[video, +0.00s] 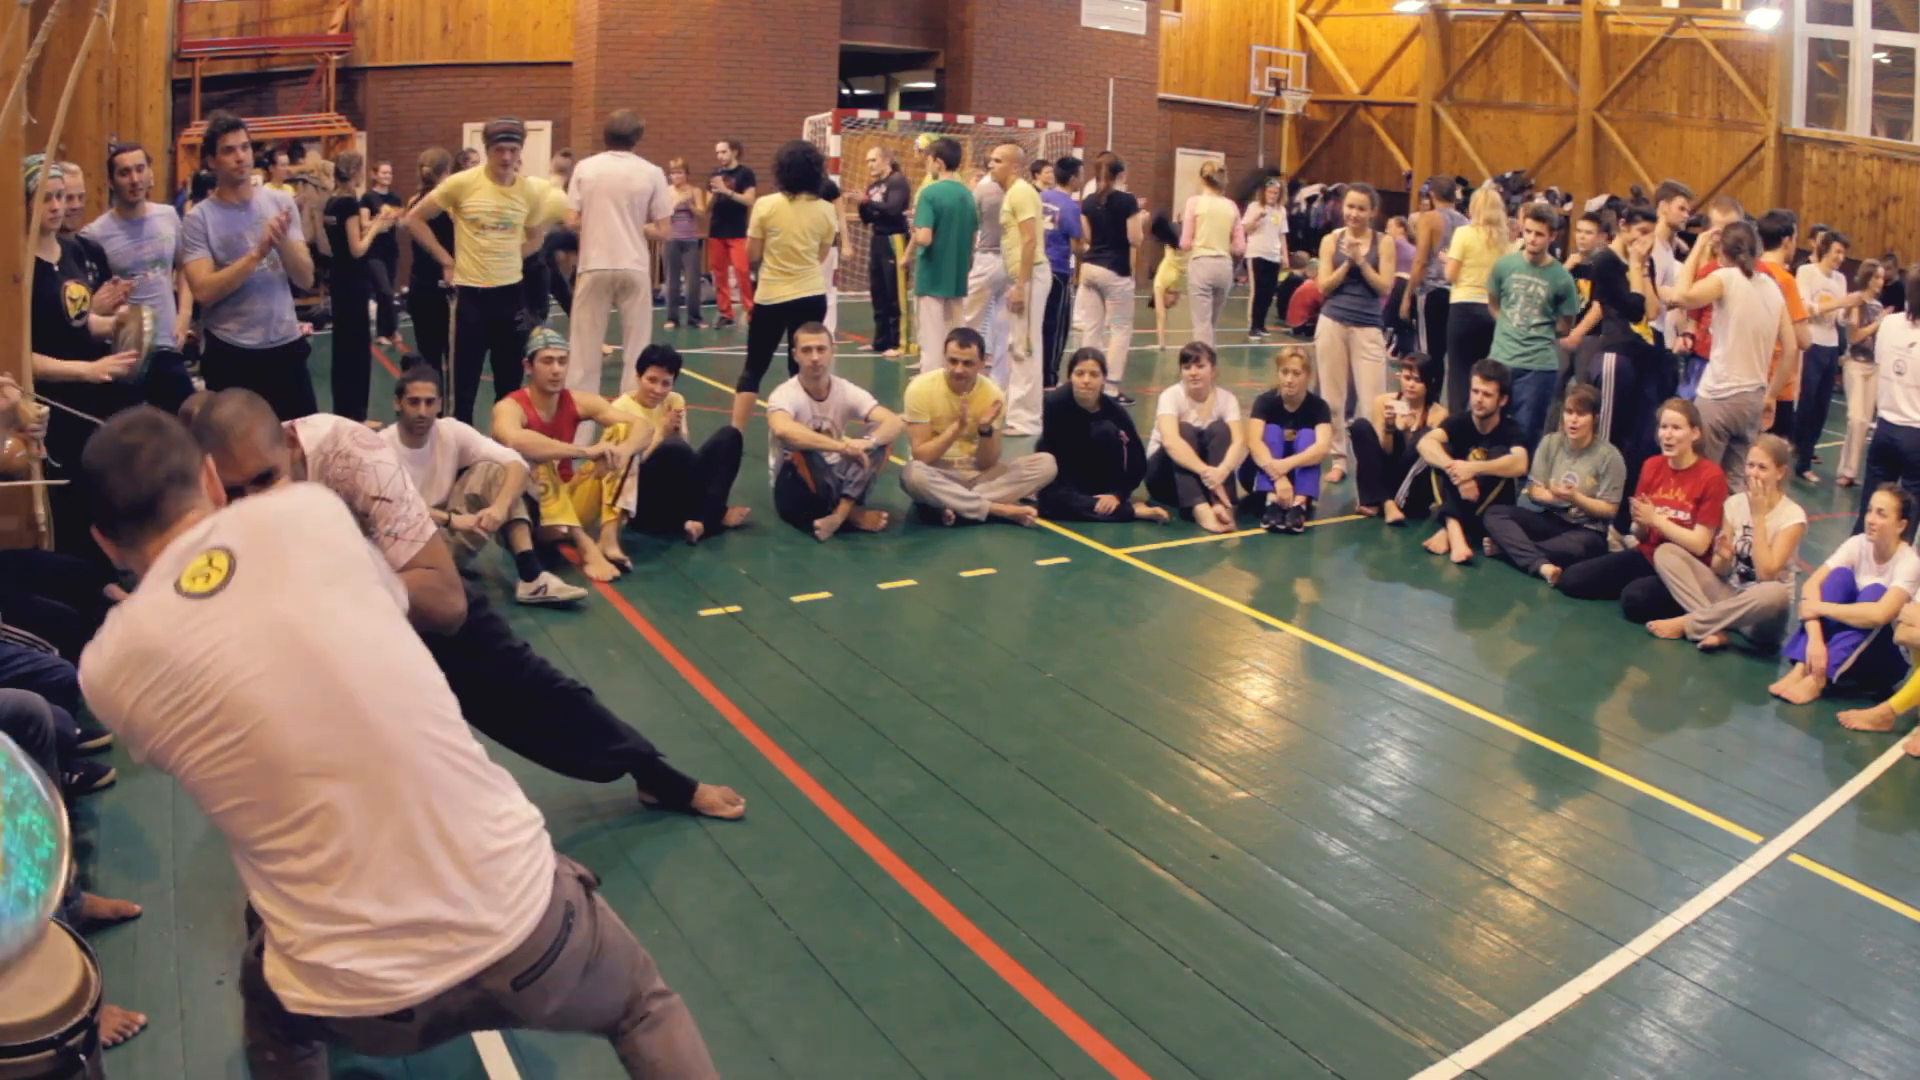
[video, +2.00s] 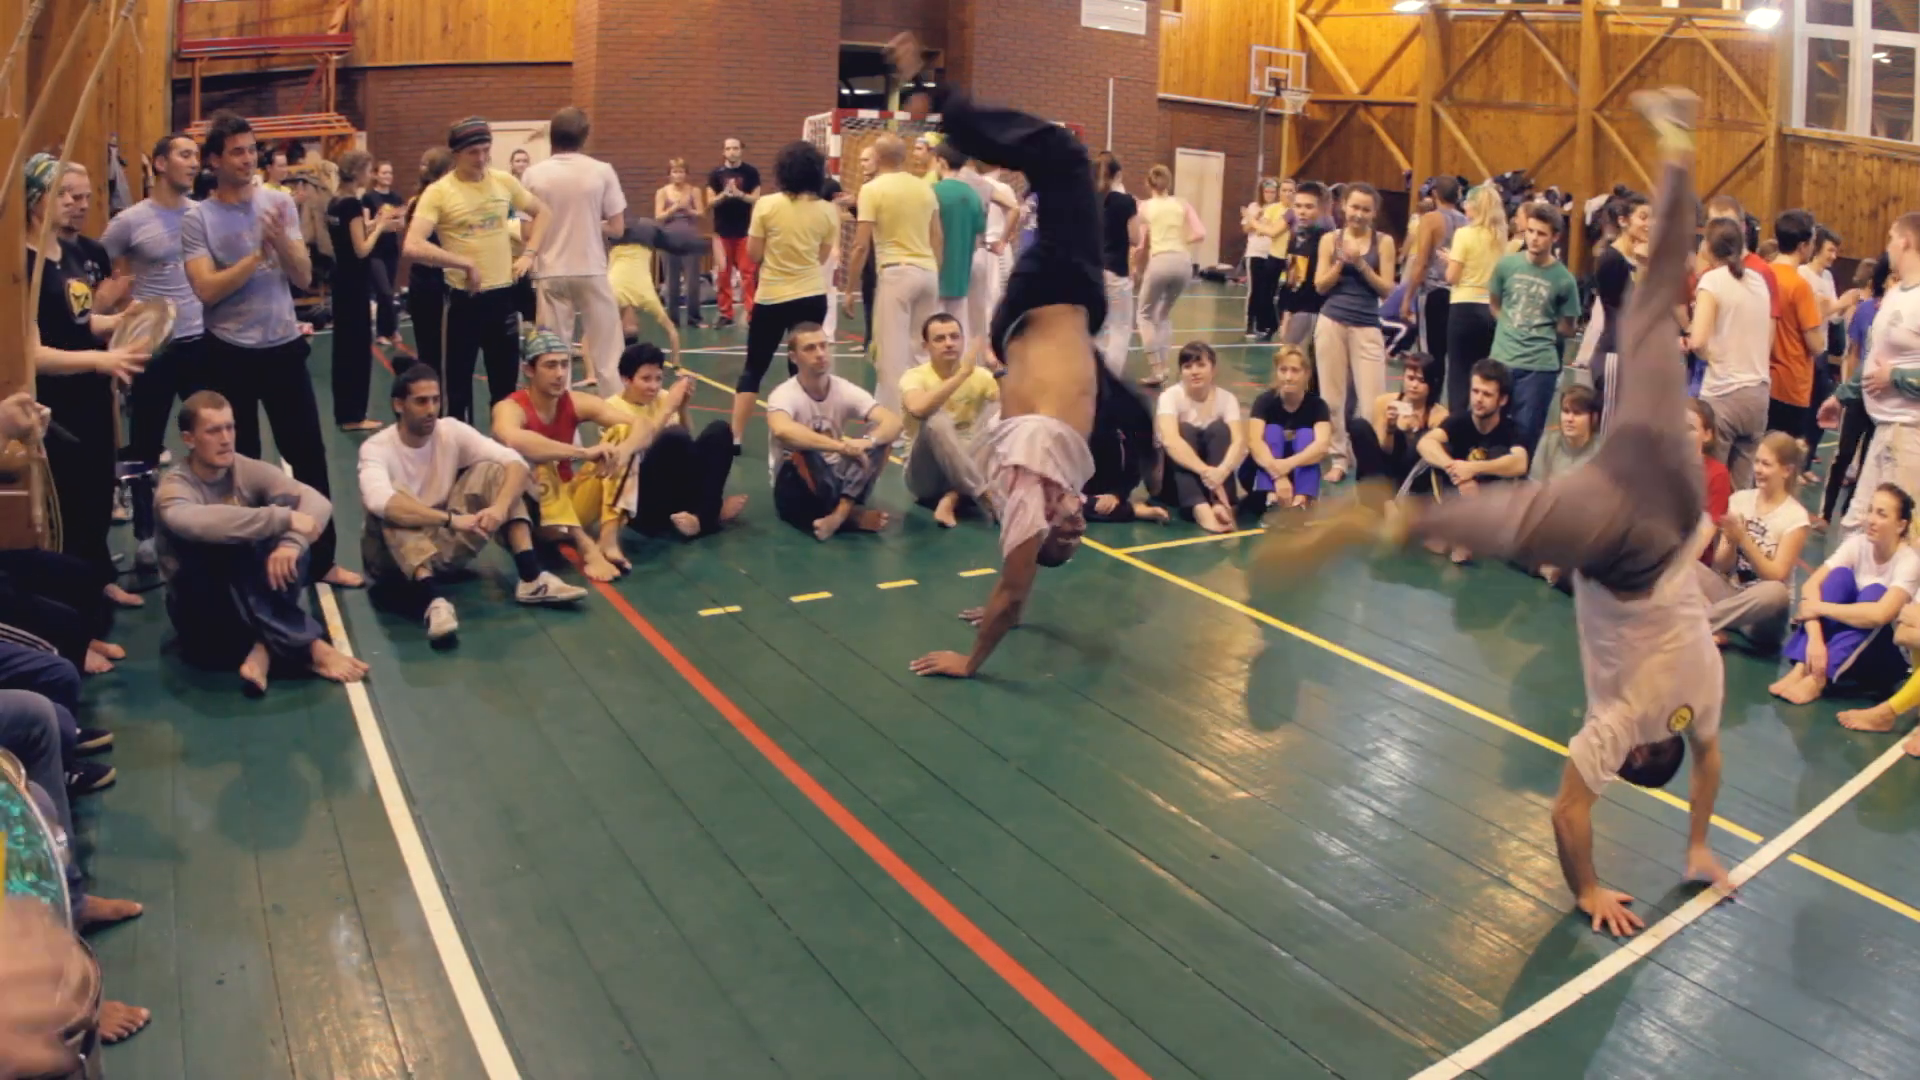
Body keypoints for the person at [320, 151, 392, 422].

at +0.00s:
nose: (366, 175)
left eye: (364, 170)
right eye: (363, 170)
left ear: (341, 172)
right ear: (354, 172)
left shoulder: (331, 203)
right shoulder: (349, 204)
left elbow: (339, 244)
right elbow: (357, 248)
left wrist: (368, 226)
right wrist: (376, 227)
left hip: (339, 278)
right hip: (354, 280)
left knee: (345, 341)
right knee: (357, 343)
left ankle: (344, 411)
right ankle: (355, 414)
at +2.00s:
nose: (372, 176)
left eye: (372, 171)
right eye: (369, 171)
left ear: (347, 172)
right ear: (358, 173)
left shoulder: (335, 203)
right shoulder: (353, 205)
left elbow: (348, 243)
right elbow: (361, 248)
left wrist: (372, 226)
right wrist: (379, 226)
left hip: (342, 278)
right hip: (356, 281)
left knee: (347, 342)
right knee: (358, 344)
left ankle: (347, 412)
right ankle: (352, 415)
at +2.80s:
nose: (366, 176)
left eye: (365, 170)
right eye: (364, 170)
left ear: (339, 173)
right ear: (354, 174)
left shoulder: (330, 205)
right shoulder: (348, 204)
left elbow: (343, 245)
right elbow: (358, 247)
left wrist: (369, 223)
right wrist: (377, 224)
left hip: (342, 277)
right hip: (356, 279)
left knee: (347, 341)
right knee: (358, 343)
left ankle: (344, 411)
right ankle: (352, 415)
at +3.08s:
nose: (366, 175)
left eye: (365, 169)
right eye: (363, 170)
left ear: (338, 173)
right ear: (353, 173)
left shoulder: (330, 205)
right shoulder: (348, 203)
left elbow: (340, 245)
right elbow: (358, 247)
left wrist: (368, 223)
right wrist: (375, 224)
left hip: (341, 277)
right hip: (355, 279)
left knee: (346, 341)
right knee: (358, 342)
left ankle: (344, 411)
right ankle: (352, 415)